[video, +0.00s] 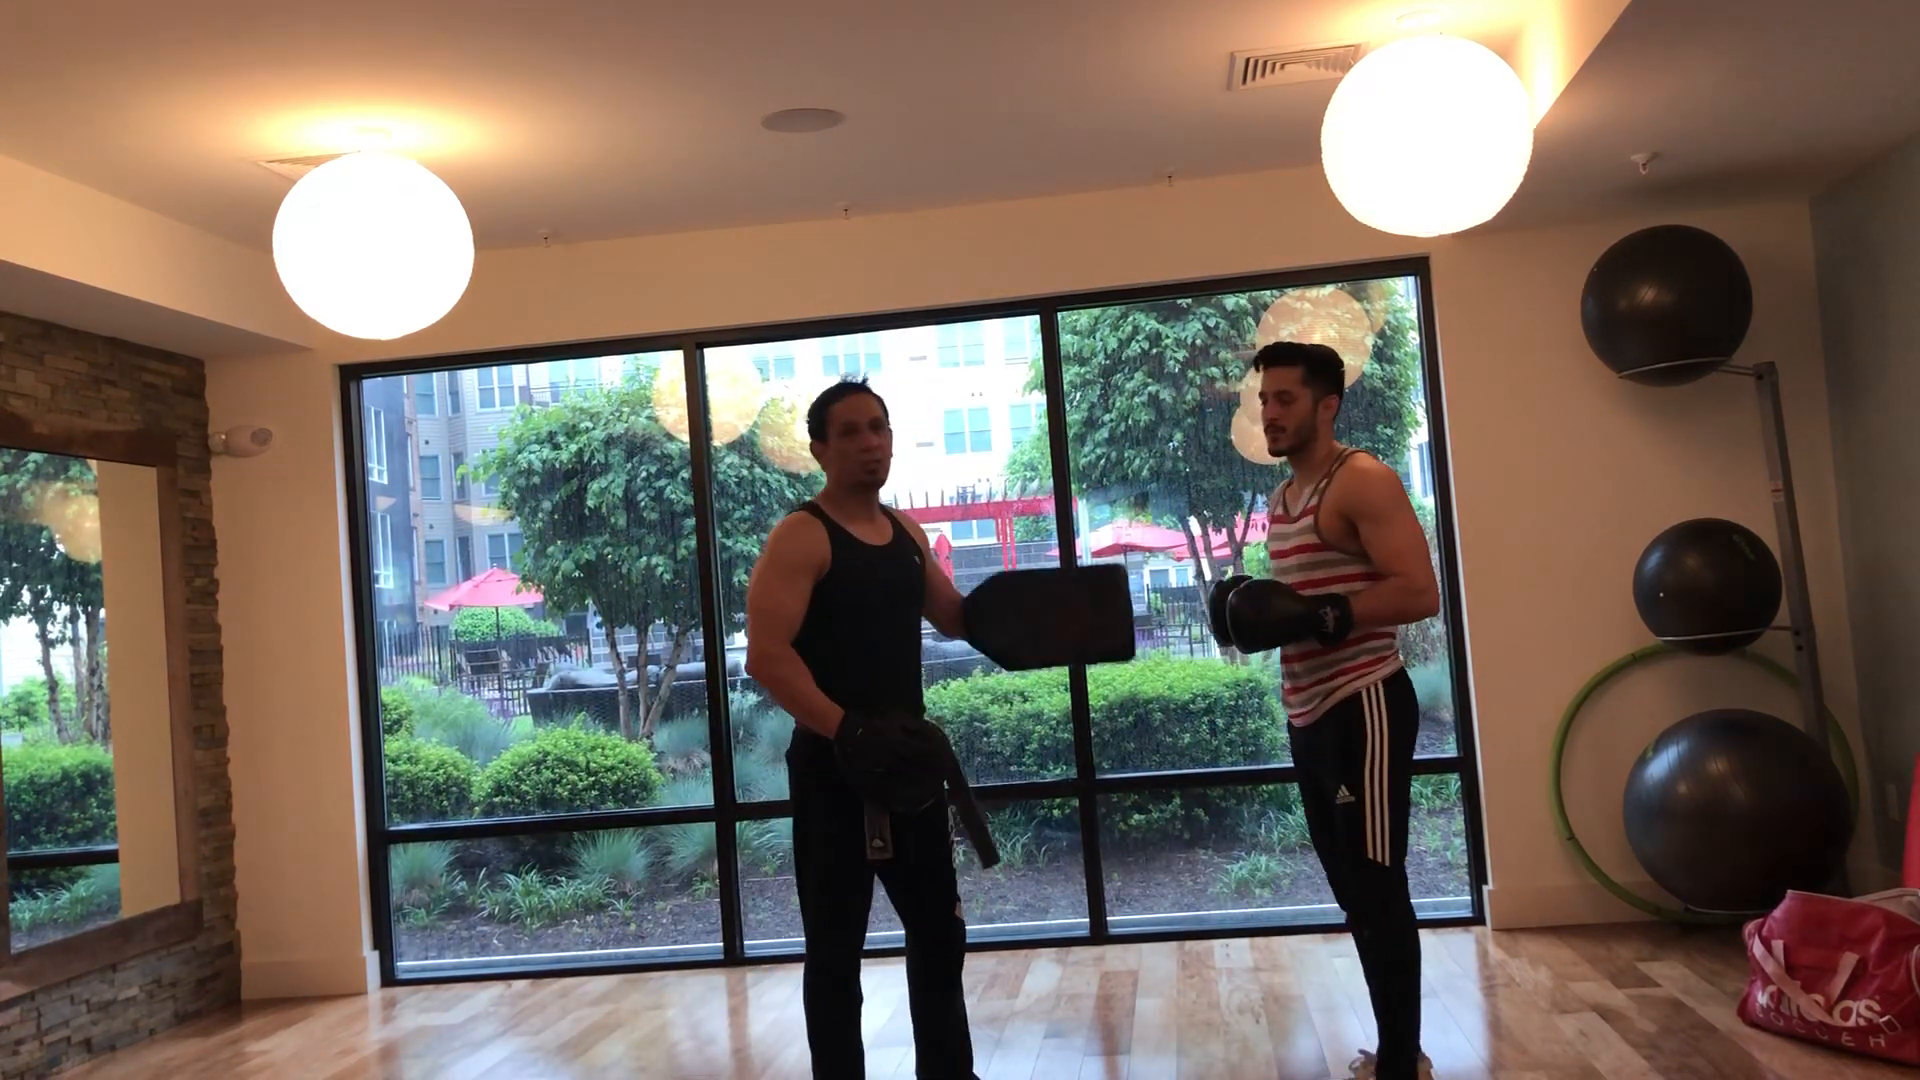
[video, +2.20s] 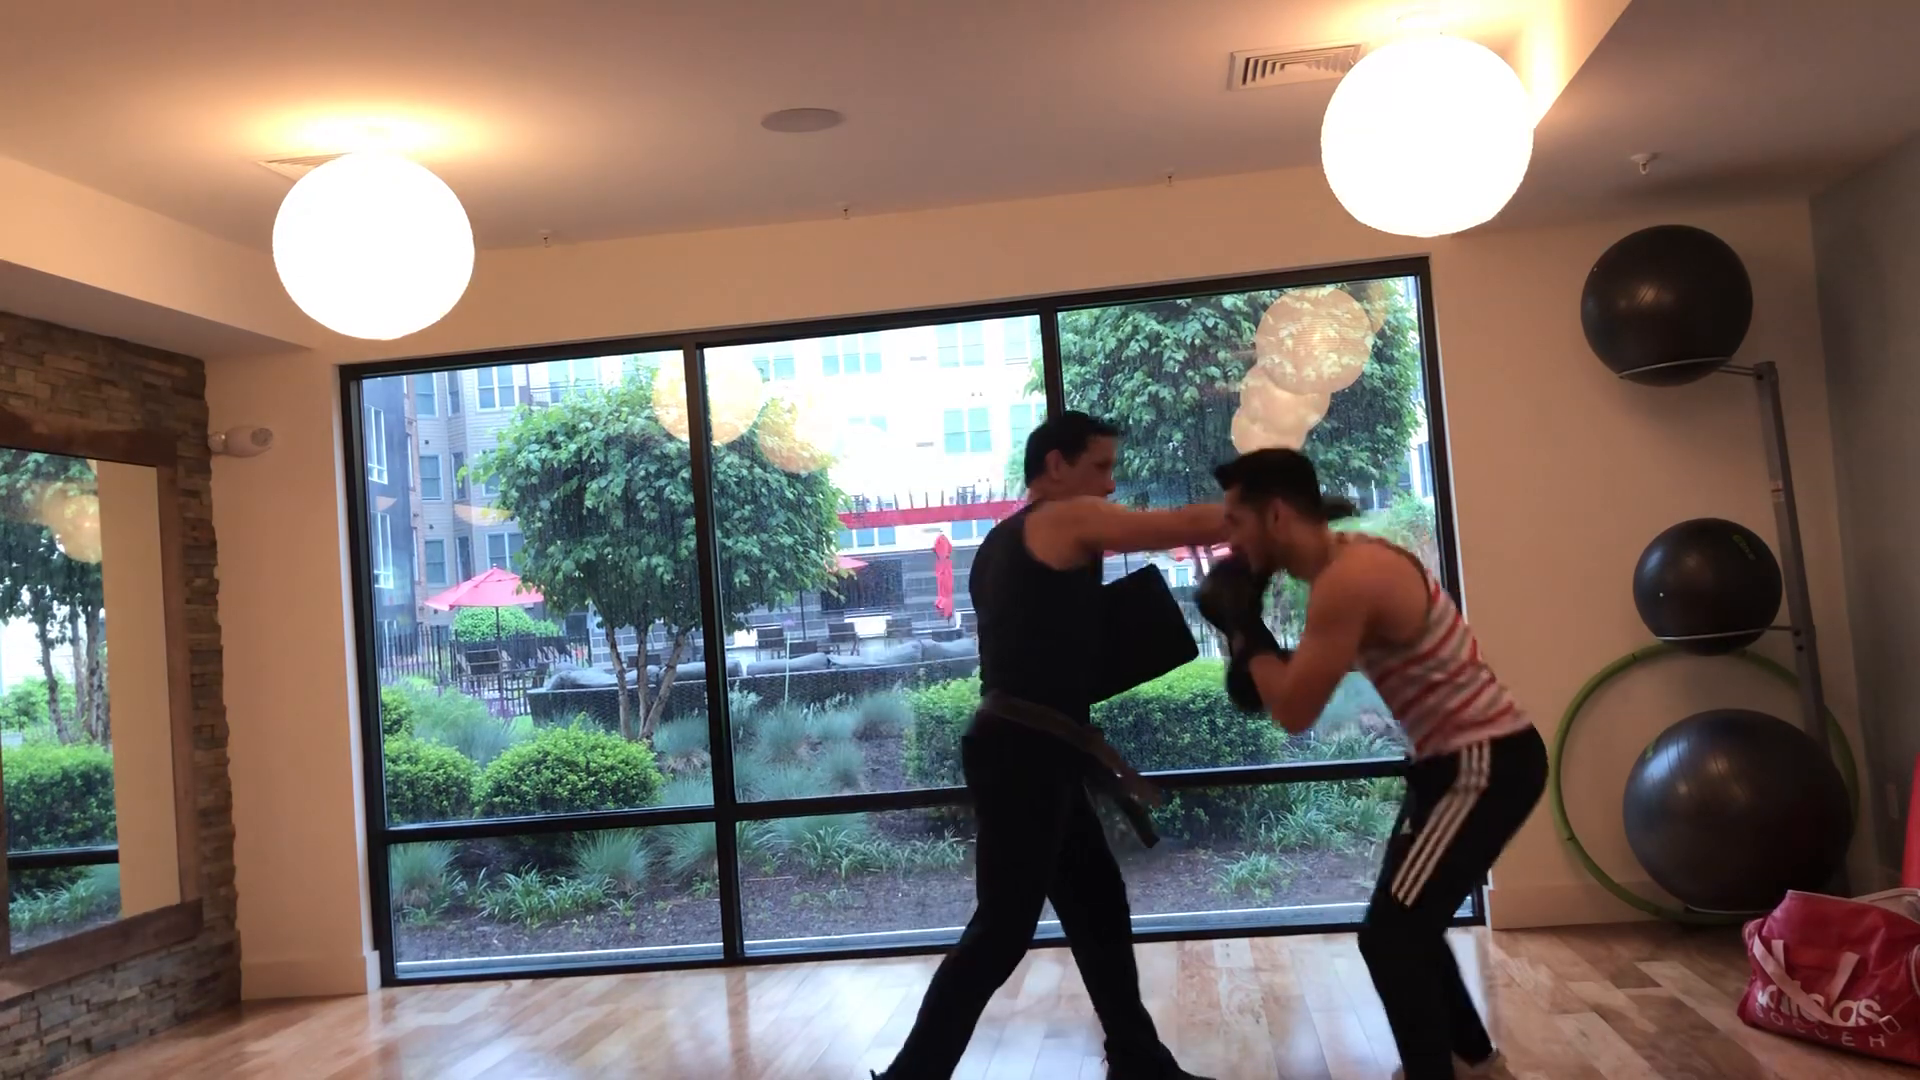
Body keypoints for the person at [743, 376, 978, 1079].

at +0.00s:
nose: (871, 442)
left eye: (879, 428)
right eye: (851, 432)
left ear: (891, 438)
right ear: (820, 449)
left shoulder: (902, 532)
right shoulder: (799, 536)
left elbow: (955, 617)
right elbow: (764, 653)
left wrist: (1041, 612)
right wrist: (848, 730)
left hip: (907, 757)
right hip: (829, 766)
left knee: (939, 938)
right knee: (835, 952)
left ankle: (948, 1074)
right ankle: (839, 1078)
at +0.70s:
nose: (977, 463)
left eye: (976, 449)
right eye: (965, 449)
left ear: (935, 457)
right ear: (919, 453)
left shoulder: (944, 534)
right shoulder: (865, 535)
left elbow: (945, 634)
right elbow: (842, 652)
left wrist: (1006, 658)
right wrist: (948, 672)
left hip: (946, 749)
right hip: (879, 753)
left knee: (973, 924)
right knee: (872, 937)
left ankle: (990, 1072)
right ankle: (849, 1076)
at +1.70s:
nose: (1015, 495)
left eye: (1017, 480)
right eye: (1011, 478)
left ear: (972, 474)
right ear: (971, 471)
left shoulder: (969, 549)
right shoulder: (888, 550)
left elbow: (971, 650)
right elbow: (877, 674)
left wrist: (1035, 678)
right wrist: (982, 700)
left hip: (964, 754)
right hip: (895, 760)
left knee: (1030, 909)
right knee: (898, 942)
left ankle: (1098, 1059)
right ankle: (873, 1076)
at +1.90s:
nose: (1052, 501)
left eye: (1053, 486)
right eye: (1046, 485)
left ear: (1007, 482)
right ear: (1007, 481)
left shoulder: (1011, 559)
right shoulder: (932, 560)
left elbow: (1028, 659)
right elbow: (877, 660)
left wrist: (1087, 603)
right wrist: (984, 676)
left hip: (1025, 769)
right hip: (959, 776)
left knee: (1100, 915)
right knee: (954, 954)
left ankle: (1137, 1065)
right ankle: (890, 1077)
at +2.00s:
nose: (1077, 492)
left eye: (1078, 478)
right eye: (1070, 478)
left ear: (1028, 479)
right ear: (1030, 476)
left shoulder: (1029, 560)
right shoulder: (966, 547)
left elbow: (1068, 649)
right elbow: (938, 631)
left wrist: (1119, 590)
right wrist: (1038, 611)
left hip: (1047, 763)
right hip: (991, 767)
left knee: (1124, 907)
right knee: (991, 947)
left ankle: (1143, 1061)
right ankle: (896, 1074)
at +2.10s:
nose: (1096, 488)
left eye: (1097, 475)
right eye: (1088, 473)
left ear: (1048, 473)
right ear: (1046, 469)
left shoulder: (1047, 541)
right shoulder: (1013, 528)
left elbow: (1093, 660)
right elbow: (1073, 590)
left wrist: (1175, 600)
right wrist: (1144, 549)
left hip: (1053, 754)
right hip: (1011, 754)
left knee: (1113, 909)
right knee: (1007, 931)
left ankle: (1142, 1060)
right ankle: (902, 1072)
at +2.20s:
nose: (1110, 483)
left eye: (1111, 470)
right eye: (1101, 469)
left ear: (1048, 472)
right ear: (1054, 466)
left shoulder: (1005, 544)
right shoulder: (1068, 520)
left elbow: (1048, 662)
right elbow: (1189, 524)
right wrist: (1287, 517)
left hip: (1027, 749)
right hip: (1022, 752)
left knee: (1098, 909)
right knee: (1002, 929)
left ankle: (1139, 1062)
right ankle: (912, 1072)